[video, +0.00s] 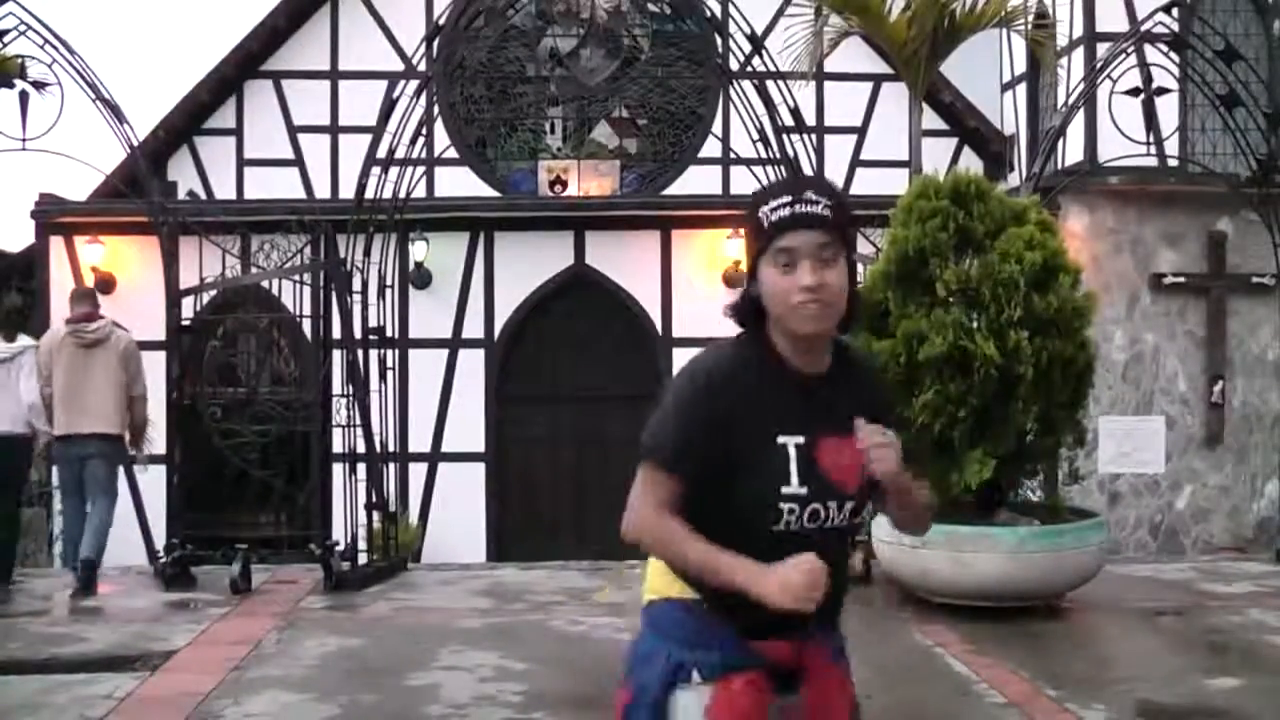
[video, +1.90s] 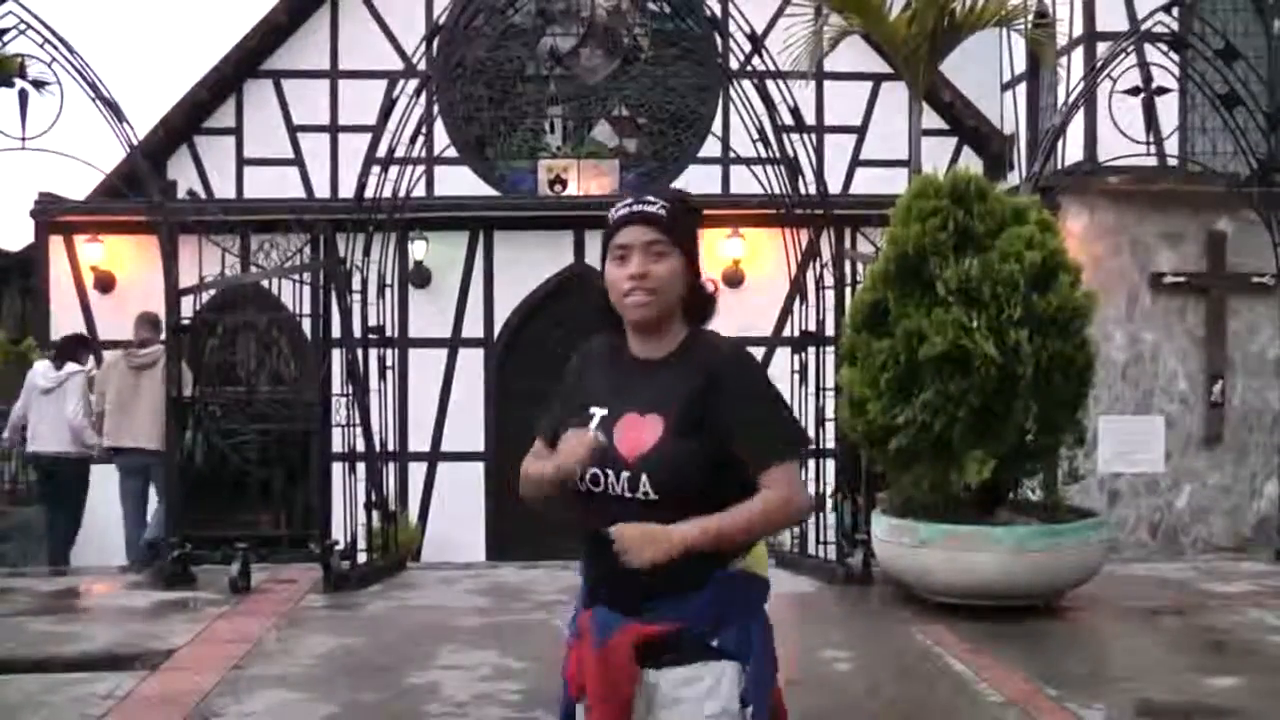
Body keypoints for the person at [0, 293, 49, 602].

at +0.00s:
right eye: (21, 314)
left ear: (4, 320)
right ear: (22, 320)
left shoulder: (22, 349)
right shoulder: (25, 349)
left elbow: (31, 397)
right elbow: (31, 397)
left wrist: (42, 429)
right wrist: (43, 429)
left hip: (12, 436)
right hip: (14, 437)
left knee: (11, 508)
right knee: (10, 509)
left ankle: (6, 578)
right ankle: (5, 578)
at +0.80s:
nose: (34, 329)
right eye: (33, 324)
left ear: (6, 325)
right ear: (30, 326)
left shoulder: (1, 348)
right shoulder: (36, 350)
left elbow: (42, 393)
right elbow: (42, 393)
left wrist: (62, 420)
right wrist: (64, 423)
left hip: (3, 433)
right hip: (28, 434)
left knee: (6, 494)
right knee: (26, 495)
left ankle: (8, 543)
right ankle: (16, 541)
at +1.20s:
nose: (52, 330)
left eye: (51, 325)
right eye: (49, 326)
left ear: (19, 326)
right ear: (40, 327)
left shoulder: (4, 351)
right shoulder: (45, 351)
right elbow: (53, 395)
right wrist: (78, 416)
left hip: (9, 435)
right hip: (40, 435)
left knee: (16, 501)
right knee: (50, 497)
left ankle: (15, 559)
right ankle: (52, 558)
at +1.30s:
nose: (55, 333)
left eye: (54, 328)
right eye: (52, 329)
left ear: (19, 329)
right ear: (44, 330)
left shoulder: (6, 355)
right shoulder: (51, 357)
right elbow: (56, 397)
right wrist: (79, 417)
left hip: (10, 437)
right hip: (43, 438)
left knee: (16, 499)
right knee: (49, 499)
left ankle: (15, 559)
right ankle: (48, 559)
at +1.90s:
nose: (88, 359)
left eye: (88, 355)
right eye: (86, 355)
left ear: (60, 350)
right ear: (79, 353)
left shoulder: (37, 371)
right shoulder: (78, 374)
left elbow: (19, 411)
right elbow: (75, 416)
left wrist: (9, 437)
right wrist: (95, 442)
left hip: (40, 453)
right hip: (69, 455)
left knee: (53, 511)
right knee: (70, 513)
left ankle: (56, 566)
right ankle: (58, 565)